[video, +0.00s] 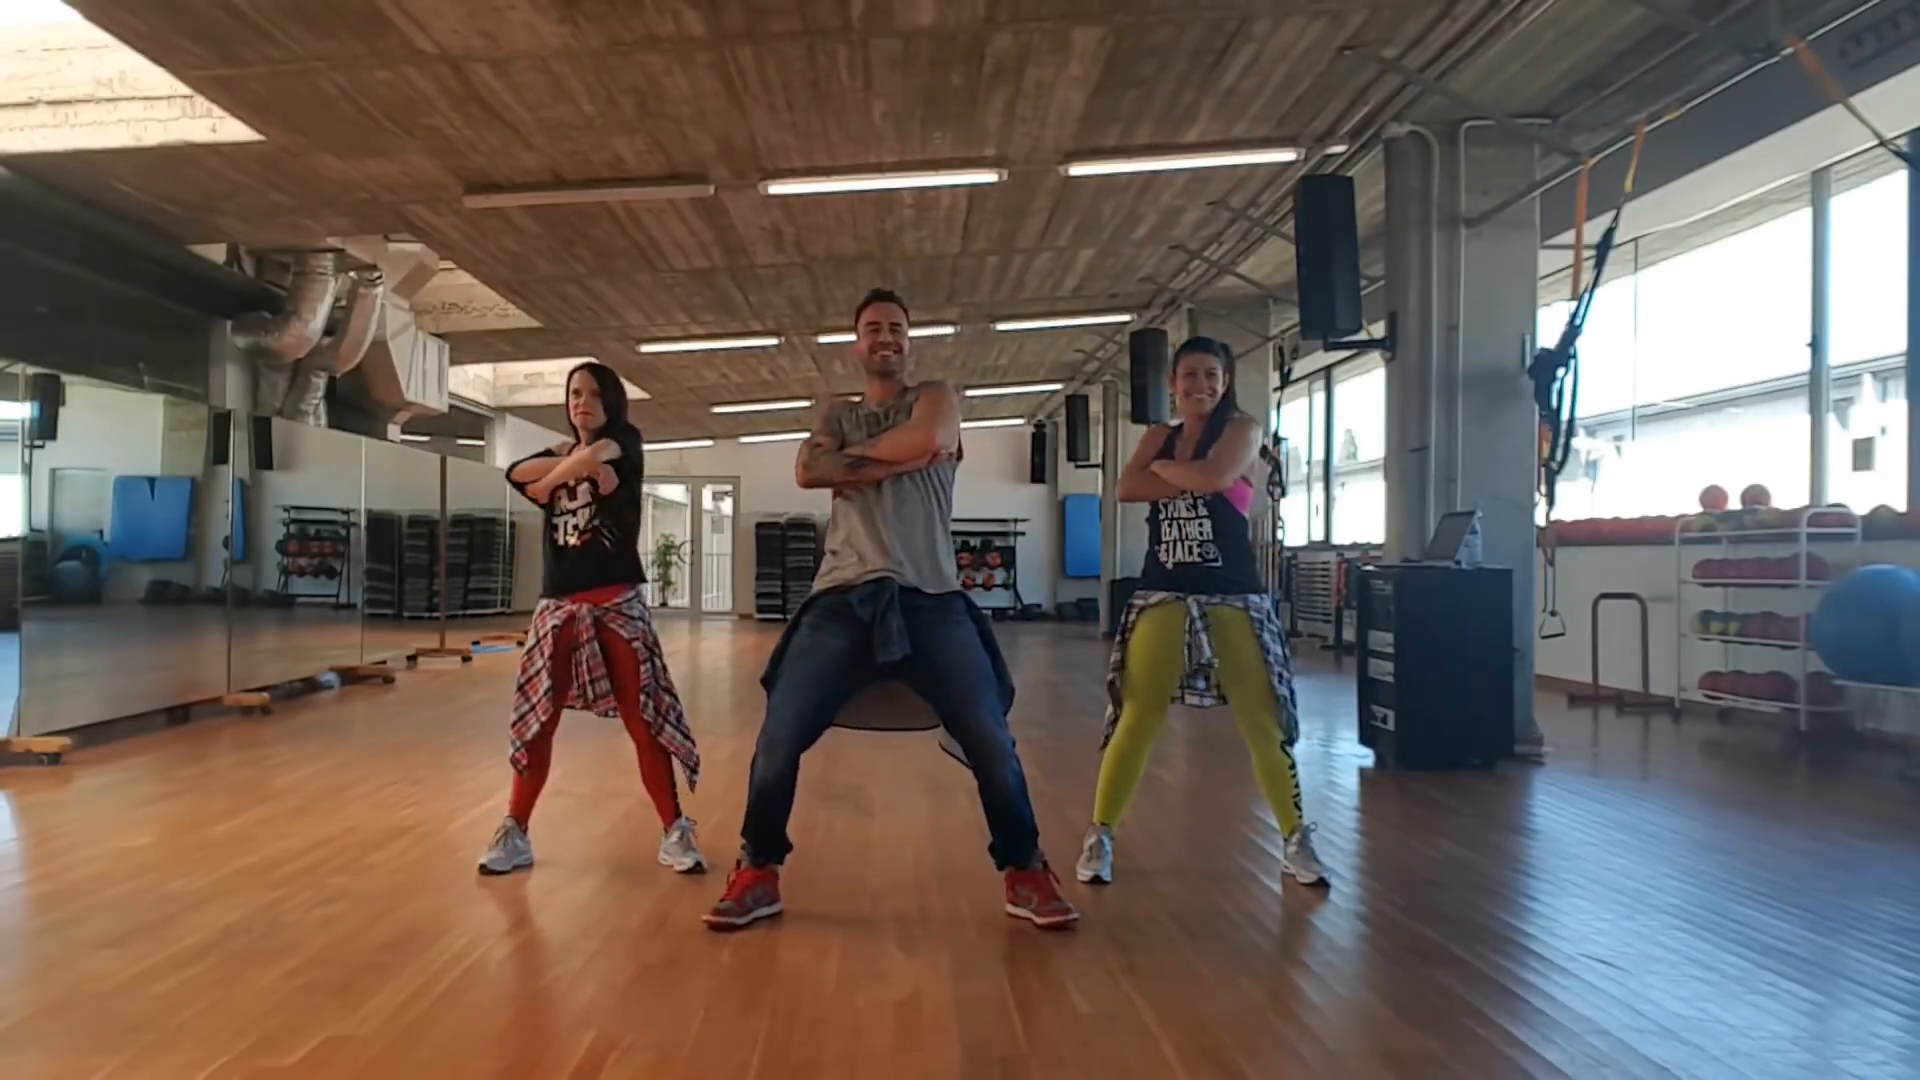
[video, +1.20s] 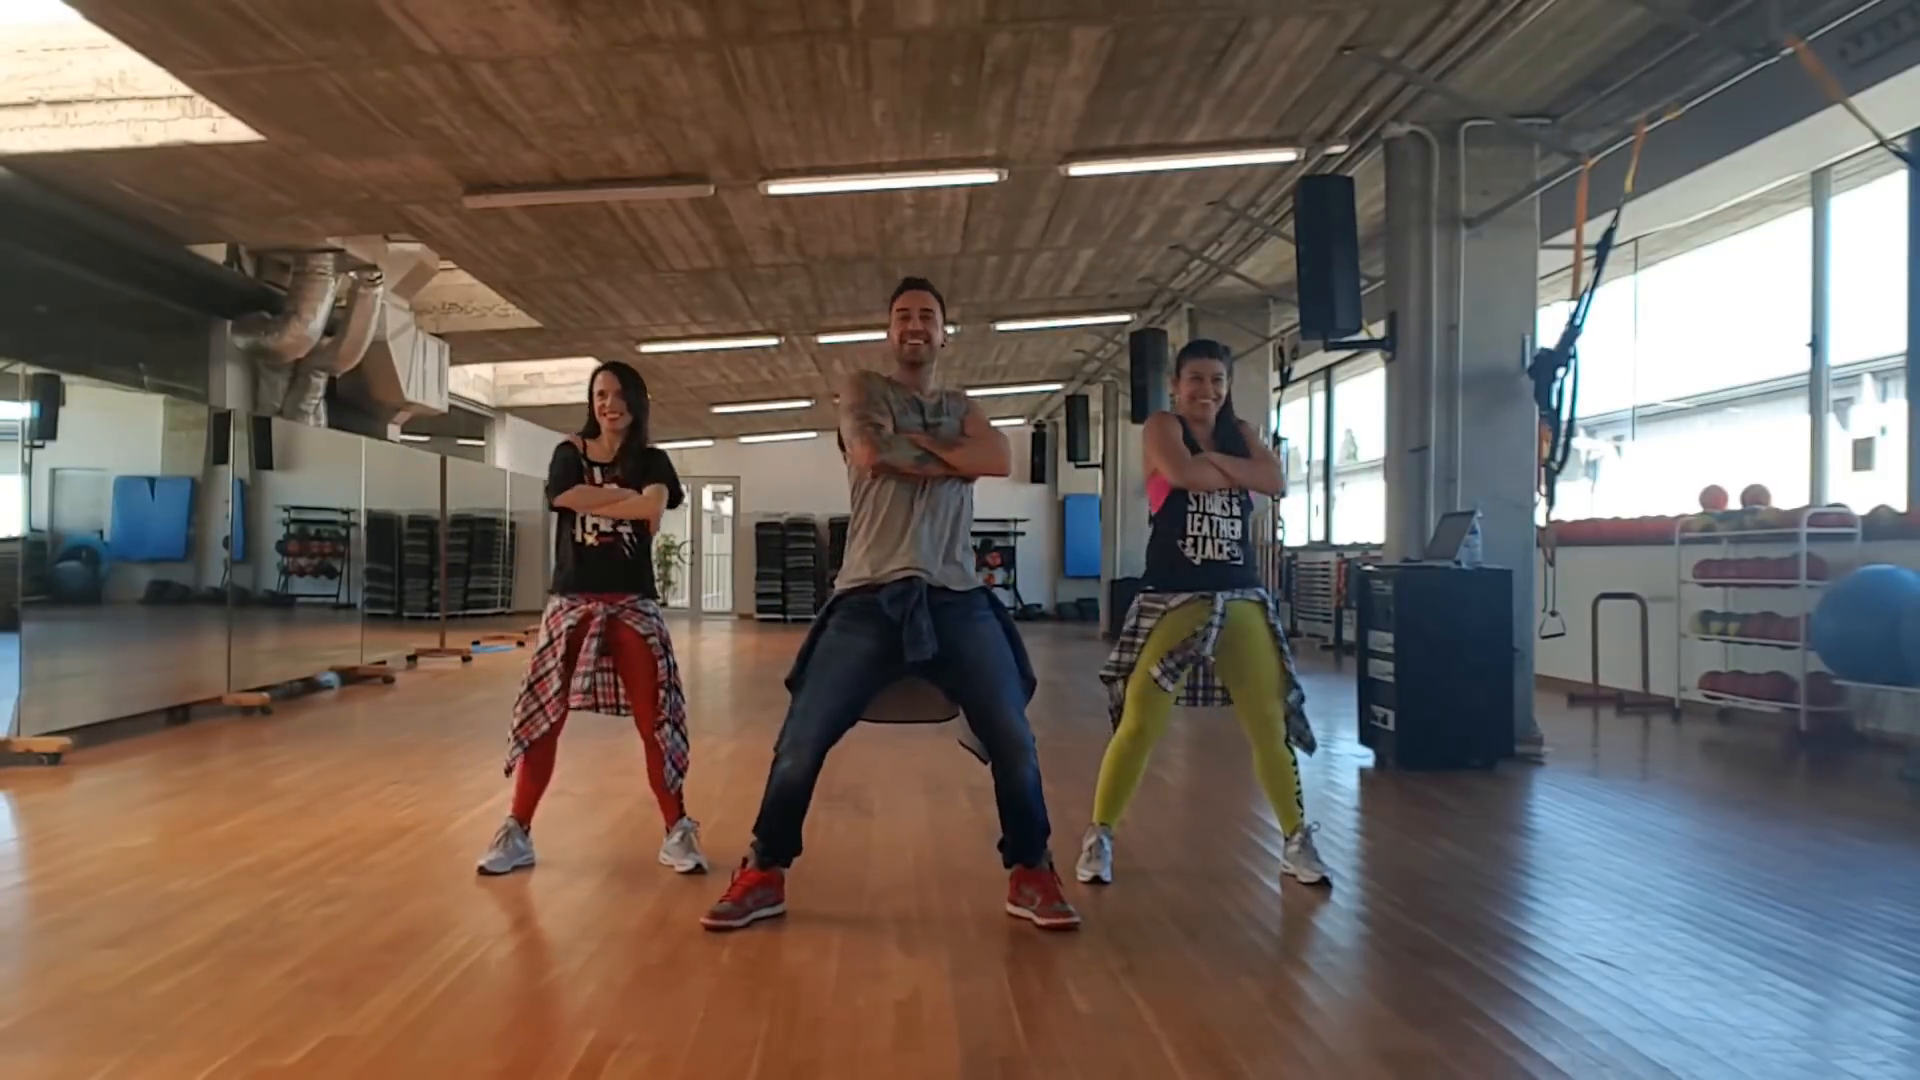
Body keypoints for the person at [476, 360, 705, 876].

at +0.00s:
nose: (582, 402)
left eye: (591, 395)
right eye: (575, 395)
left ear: (611, 401)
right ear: (567, 403)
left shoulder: (625, 443)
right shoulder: (556, 454)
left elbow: (589, 460)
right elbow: (515, 474)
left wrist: (546, 485)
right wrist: (577, 462)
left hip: (617, 598)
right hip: (559, 602)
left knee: (642, 717)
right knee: (537, 714)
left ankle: (675, 830)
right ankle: (515, 832)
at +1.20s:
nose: (608, 403)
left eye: (617, 395)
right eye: (601, 395)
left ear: (637, 402)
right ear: (591, 403)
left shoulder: (653, 461)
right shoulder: (572, 450)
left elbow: (652, 508)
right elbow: (563, 495)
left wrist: (590, 501)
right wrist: (632, 499)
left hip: (632, 600)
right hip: (571, 598)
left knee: (654, 718)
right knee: (544, 711)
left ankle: (678, 831)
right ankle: (517, 832)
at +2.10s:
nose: (606, 404)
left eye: (615, 396)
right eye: (599, 395)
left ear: (635, 402)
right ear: (589, 402)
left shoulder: (650, 454)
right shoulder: (572, 448)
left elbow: (660, 491)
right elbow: (570, 488)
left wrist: (595, 488)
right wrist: (637, 487)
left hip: (634, 599)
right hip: (572, 598)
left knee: (651, 717)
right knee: (544, 711)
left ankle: (677, 830)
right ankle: (516, 831)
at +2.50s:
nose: (602, 406)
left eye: (612, 398)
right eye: (595, 397)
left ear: (631, 405)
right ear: (586, 404)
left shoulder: (646, 455)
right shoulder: (567, 451)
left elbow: (629, 470)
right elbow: (541, 460)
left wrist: (573, 480)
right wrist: (601, 467)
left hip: (631, 602)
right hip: (569, 601)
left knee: (653, 720)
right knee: (537, 714)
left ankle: (678, 831)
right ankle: (516, 832)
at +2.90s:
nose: (595, 400)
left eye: (604, 393)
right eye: (588, 392)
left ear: (621, 402)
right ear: (577, 402)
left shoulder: (641, 456)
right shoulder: (561, 458)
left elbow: (630, 483)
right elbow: (539, 487)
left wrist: (577, 491)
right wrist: (604, 476)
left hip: (630, 603)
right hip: (569, 604)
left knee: (661, 716)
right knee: (534, 710)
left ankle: (685, 830)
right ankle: (520, 833)